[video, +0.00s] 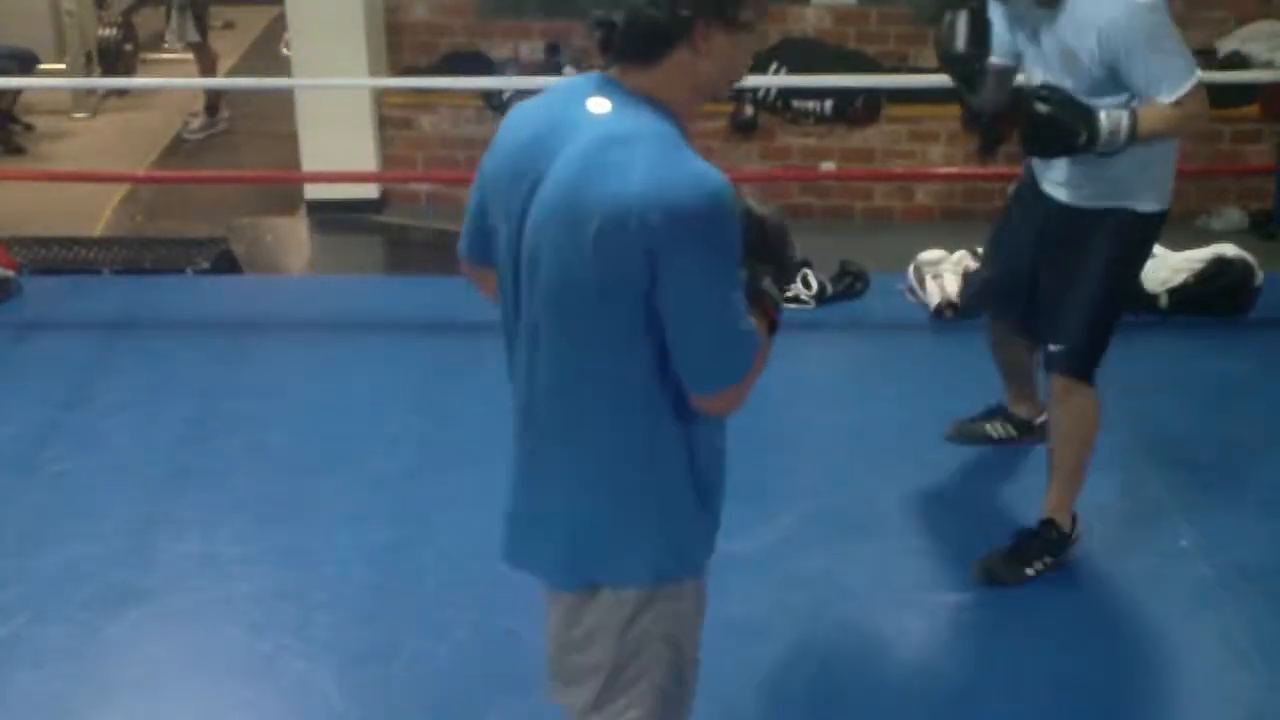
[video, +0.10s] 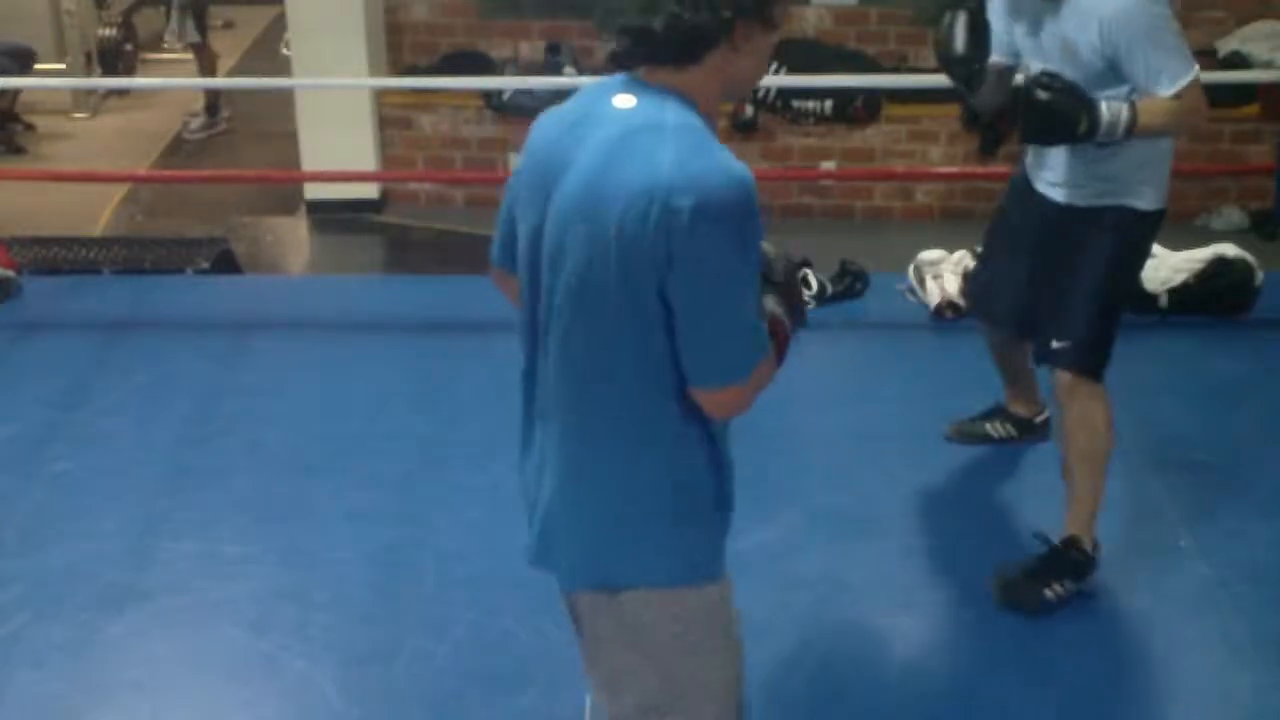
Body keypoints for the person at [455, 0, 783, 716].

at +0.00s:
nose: (752, 56)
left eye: (754, 38)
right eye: (748, 35)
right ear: (703, 34)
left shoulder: (532, 118)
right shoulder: (684, 192)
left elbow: (482, 265)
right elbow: (719, 392)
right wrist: (762, 310)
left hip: (551, 497)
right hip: (638, 528)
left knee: (588, 695)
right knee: (632, 706)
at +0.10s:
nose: (770, 57)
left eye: (773, 39)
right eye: (771, 36)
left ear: (653, 25)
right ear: (736, 32)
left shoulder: (560, 125)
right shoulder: (707, 182)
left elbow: (509, 273)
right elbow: (723, 393)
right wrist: (779, 318)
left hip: (564, 499)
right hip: (652, 525)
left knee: (620, 701)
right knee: (686, 707)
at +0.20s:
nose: (782, 66)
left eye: (785, 45)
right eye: (784, 44)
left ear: (670, 28)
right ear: (757, 44)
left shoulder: (578, 129)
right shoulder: (725, 186)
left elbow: (532, 278)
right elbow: (736, 402)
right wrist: (794, 332)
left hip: (571, 531)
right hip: (667, 557)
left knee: (629, 700)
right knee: (739, 707)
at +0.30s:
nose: (792, 75)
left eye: (797, 56)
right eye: (794, 54)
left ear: (686, 35)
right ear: (770, 55)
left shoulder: (590, 133)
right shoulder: (743, 199)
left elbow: (541, 279)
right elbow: (756, 419)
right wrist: (810, 347)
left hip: (585, 534)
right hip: (682, 561)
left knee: (652, 705)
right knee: (751, 709)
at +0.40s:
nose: (809, 72)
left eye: (811, 55)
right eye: (808, 55)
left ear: (681, 47)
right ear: (789, 63)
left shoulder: (595, 151)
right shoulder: (761, 228)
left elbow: (538, 294)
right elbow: (793, 446)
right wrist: (833, 335)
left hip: (595, 548)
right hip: (700, 580)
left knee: (652, 697)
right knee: (739, 705)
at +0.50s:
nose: (818, 142)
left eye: (821, 117)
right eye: (817, 116)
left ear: (700, 95)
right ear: (784, 117)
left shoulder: (595, 194)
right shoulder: (786, 284)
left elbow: (536, 333)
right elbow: (829, 489)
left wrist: (644, 379)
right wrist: (852, 370)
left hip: (594, 600)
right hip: (714, 635)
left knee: (618, 700)